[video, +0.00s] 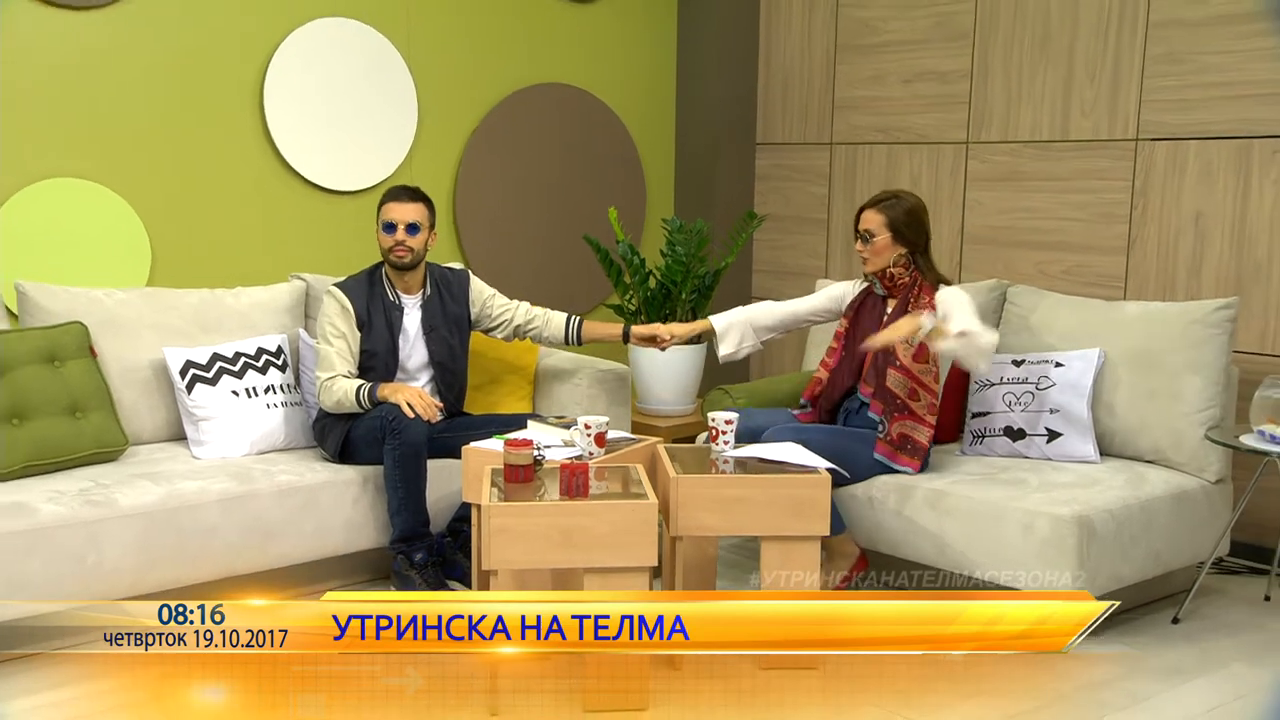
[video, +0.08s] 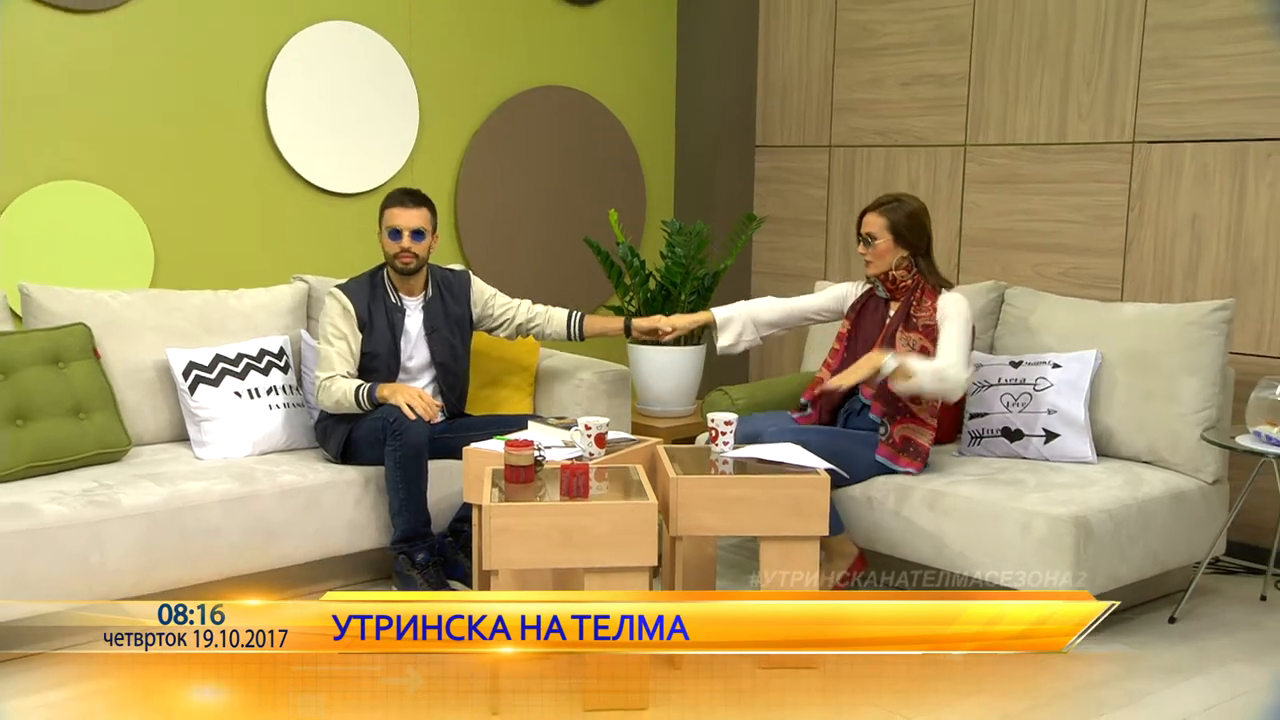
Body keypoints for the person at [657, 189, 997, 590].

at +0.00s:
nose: (860, 246)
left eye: (870, 238)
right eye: (859, 237)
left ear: (903, 241)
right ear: (862, 239)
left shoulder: (944, 299)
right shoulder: (858, 292)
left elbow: (982, 348)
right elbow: (780, 313)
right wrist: (694, 328)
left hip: (892, 443)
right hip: (836, 420)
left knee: (779, 440)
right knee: (729, 425)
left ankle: (843, 552)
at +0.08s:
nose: (860, 250)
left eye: (870, 241)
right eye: (860, 241)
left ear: (906, 244)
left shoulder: (948, 305)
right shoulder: (860, 296)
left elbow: (952, 380)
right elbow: (780, 309)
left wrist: (886, 361)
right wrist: (695, 320)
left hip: (893, 441)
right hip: (838, 422)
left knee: (782, 445)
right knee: (735, 432)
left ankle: (843, 554)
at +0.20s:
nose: (864, 255)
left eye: (873, 246)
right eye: (864, 246)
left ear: (910, 250)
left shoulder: (949, 316)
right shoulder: (867, 299)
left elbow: (912, 392)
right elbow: (789, 307)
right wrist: (701, 312)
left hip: (893, 442)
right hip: (840, 419)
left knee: (788, 453)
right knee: (737, 439)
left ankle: (841, 555)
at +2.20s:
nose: (859, 269)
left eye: (871, 261)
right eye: (856, 261)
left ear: (898, 267)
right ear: (852, 264)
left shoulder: (917, 324)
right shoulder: (845, 306)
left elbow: (875, 381)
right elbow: (779, 316)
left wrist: (815, 417)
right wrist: (707, 320)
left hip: (867, 429)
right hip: (820, 412)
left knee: (770, 434)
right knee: (735, 435)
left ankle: (812, 523)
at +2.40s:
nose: (857, 270)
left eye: (868, 262)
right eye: (853, 262)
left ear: (894, 267)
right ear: (849, 265)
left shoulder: (914, 324)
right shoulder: (842, 305)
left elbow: (871, 379)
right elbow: (778, 315)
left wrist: (813, 415)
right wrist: (707, 318)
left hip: (863, 427)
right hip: (815, 410)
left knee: (770, 433)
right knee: (734, 433)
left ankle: (810, 520)